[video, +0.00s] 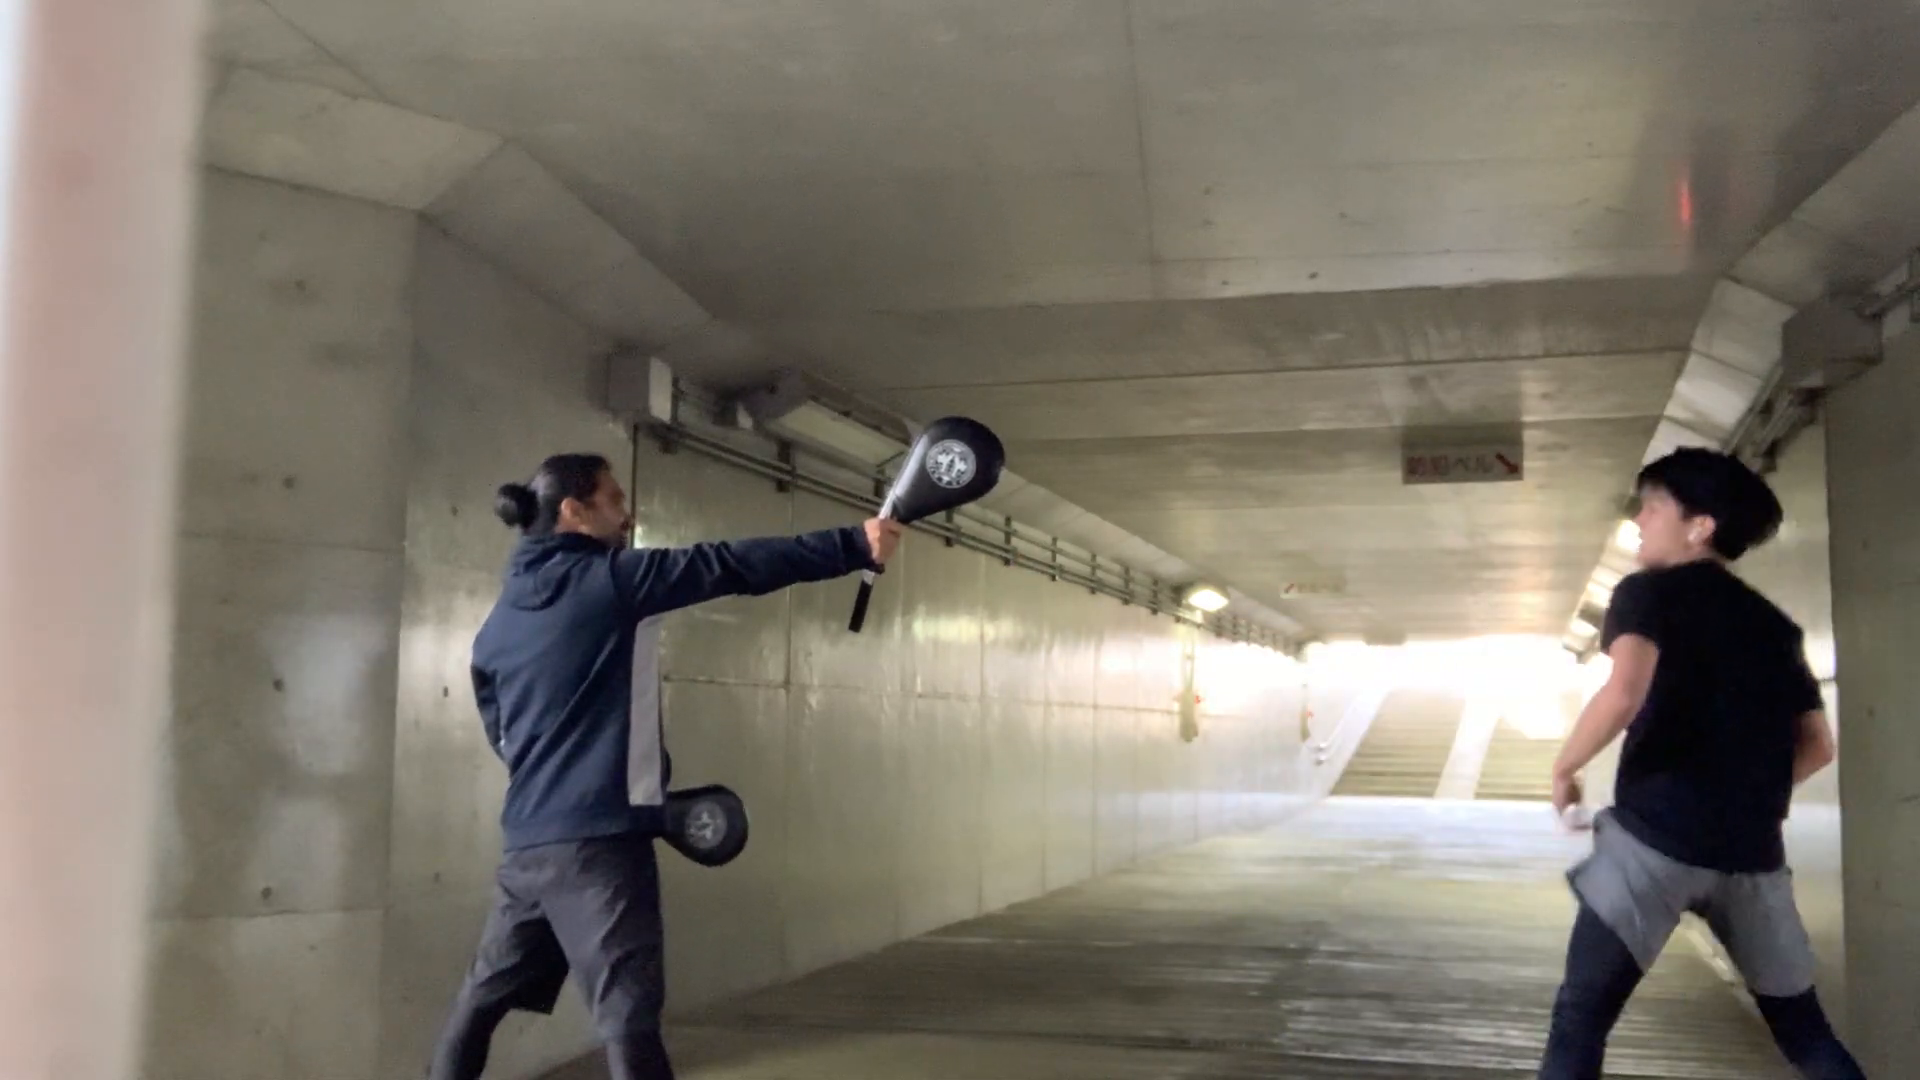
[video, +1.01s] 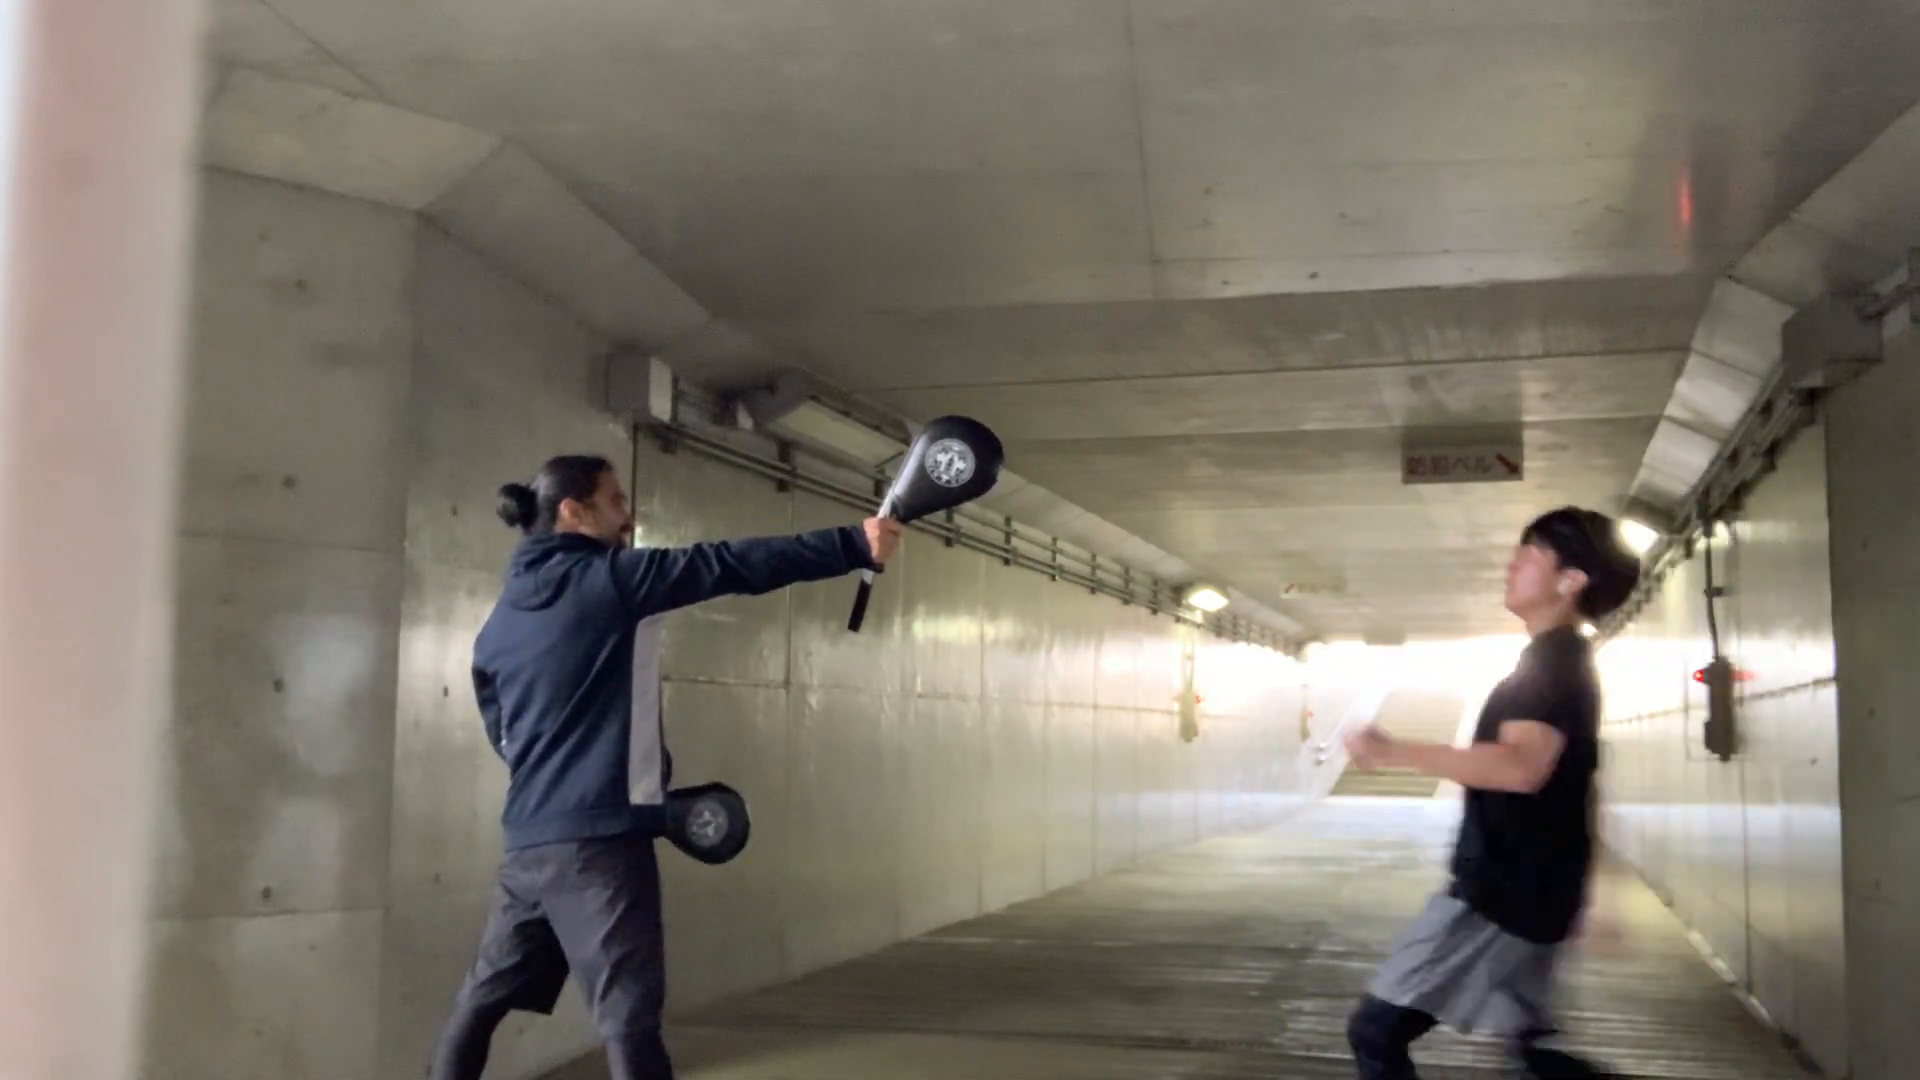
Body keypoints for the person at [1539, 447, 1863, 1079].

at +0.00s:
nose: (1638, 522)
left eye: (1650, 509)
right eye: (1642, 508)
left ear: (1700, 527)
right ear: (1706, 531)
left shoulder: (1649, 591)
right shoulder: (1775, 623)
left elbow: (1627, 690)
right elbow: (1818, 745)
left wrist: (1566, 766)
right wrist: (1749, 788)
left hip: (1657, 840)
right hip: (1753, 850)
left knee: (1578, 1024)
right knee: (1808, 1035)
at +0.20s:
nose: (1626, 558)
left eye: (1641, 545)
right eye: (1631, 544)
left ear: (1686, 563)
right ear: (1692, 566)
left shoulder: (1644, 634)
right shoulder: (1761, 666)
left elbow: (1623, 740)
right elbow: (1786, 796)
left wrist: (1550, 833)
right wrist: (1704, 828)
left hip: (1645, 886)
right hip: (1742, 893)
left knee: (1556, 1042)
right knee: (1789, 1059)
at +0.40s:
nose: (1640, 535)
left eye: (1652, 520)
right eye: (1643, 519)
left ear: (1702, 538)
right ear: (1707, 541)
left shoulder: (1650, 602)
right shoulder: (1772, 635)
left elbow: (1635, 713)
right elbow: (1792, 770)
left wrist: (1574, 823)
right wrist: (1704, 779)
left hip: (1648, 852)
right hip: (1748, 863)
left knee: (1562, 1028)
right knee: (1790, 1038)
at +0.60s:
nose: (1628, 548)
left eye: (1643, 535)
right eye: (1635, 533)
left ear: (1686, 555)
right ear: (1695, 560)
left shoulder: (1632, 619)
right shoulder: (1760, 649)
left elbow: (1610, 717)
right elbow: (1794, 780)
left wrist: (1549, 823)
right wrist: (1741, 844)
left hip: (1642, 874)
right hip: (1743, 879)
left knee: (1549, 1034)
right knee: (1788, 1050)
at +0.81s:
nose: (1577, 570)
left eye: (1591, 554)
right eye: (1582, 552)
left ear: (1641, 575)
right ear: (1647, 579)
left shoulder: (1585, 643)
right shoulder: (1708, 669)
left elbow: (1548, 747)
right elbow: (1786, 764)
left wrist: (1465, 824)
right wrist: (1810, 864)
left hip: (1611, 890)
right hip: (1708, 894)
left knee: (1490, 1009)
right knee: (1771, 1047)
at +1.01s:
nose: (1511, 567)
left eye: (1529, 556)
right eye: (1519, 552)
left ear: (1570, 582)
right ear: (1567, 583)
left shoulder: (1553, 660)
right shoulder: (1566, 662)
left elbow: (1524, 765)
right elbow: (1576, 800)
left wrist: (1393, 752)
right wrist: (1571, 899)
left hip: (1498, 898)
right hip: (1537, 900)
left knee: (1376, 1032)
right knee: (1533, 1047)